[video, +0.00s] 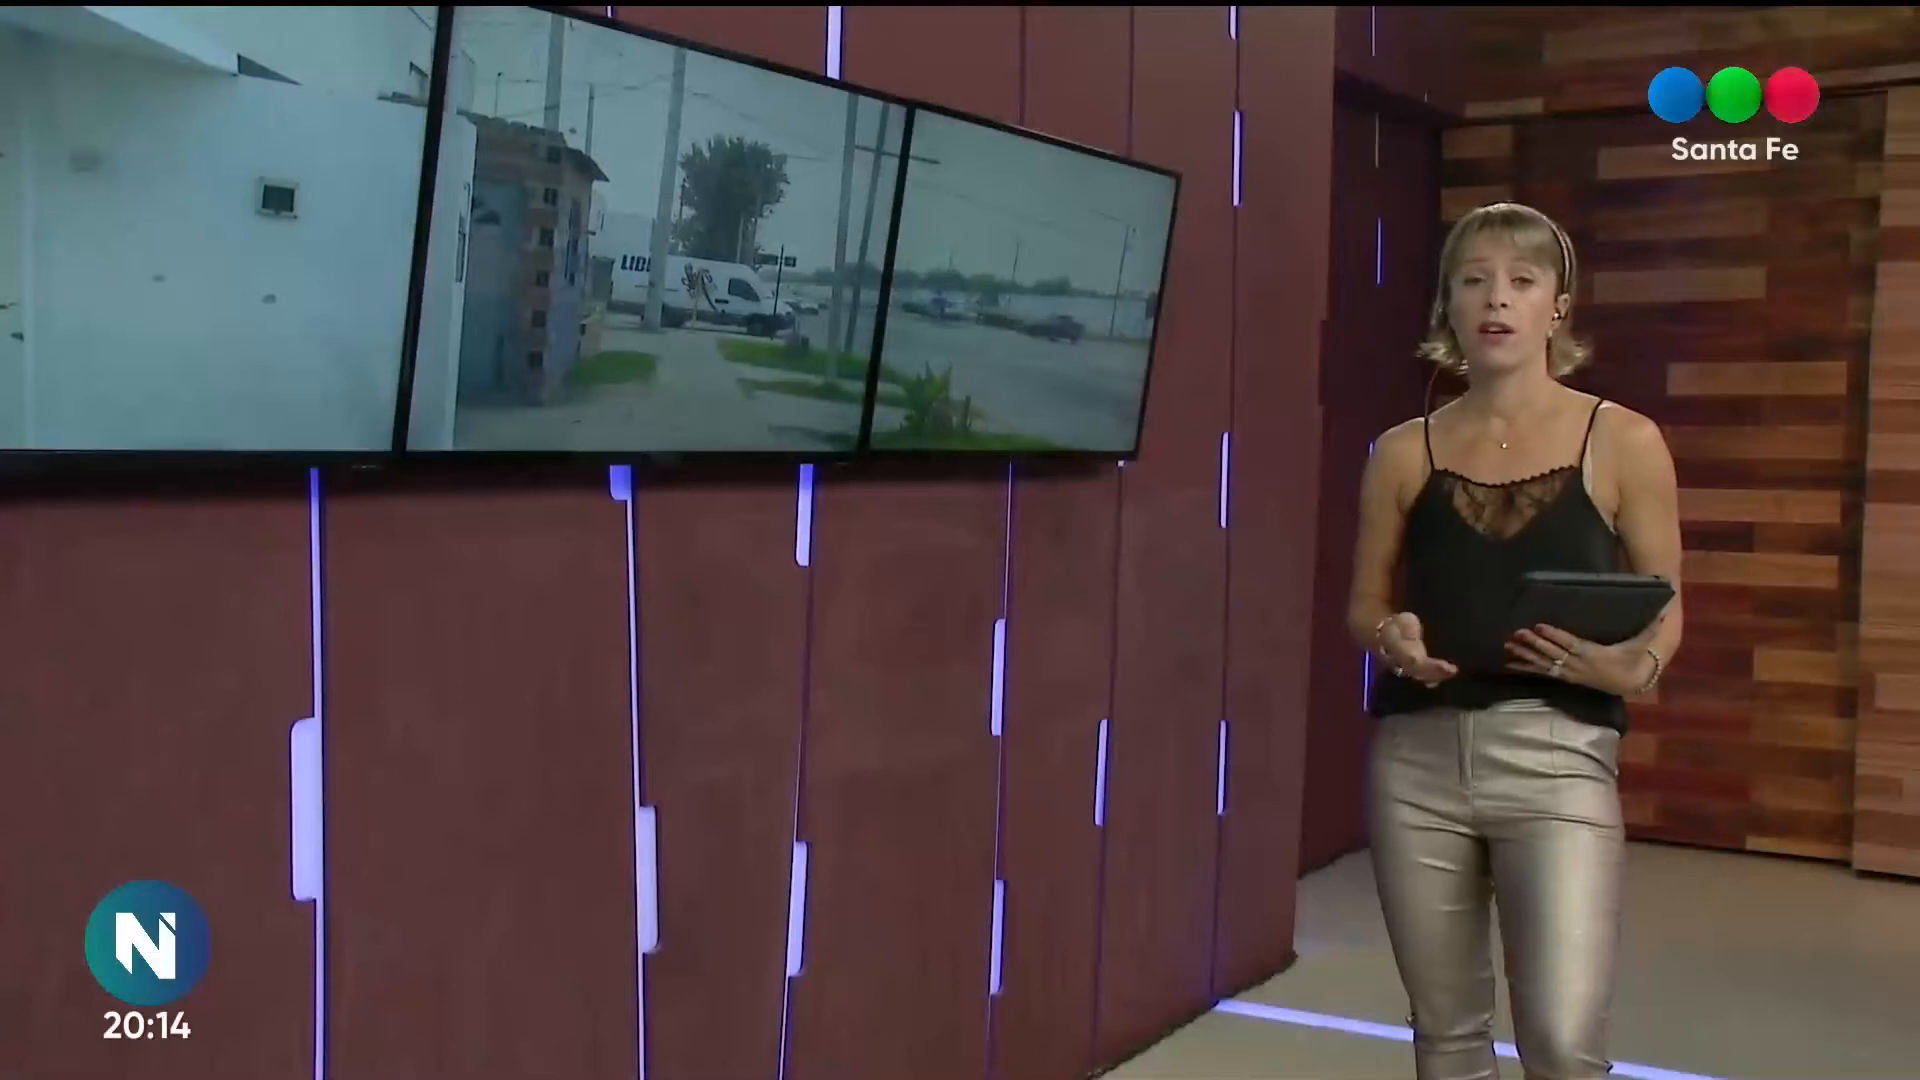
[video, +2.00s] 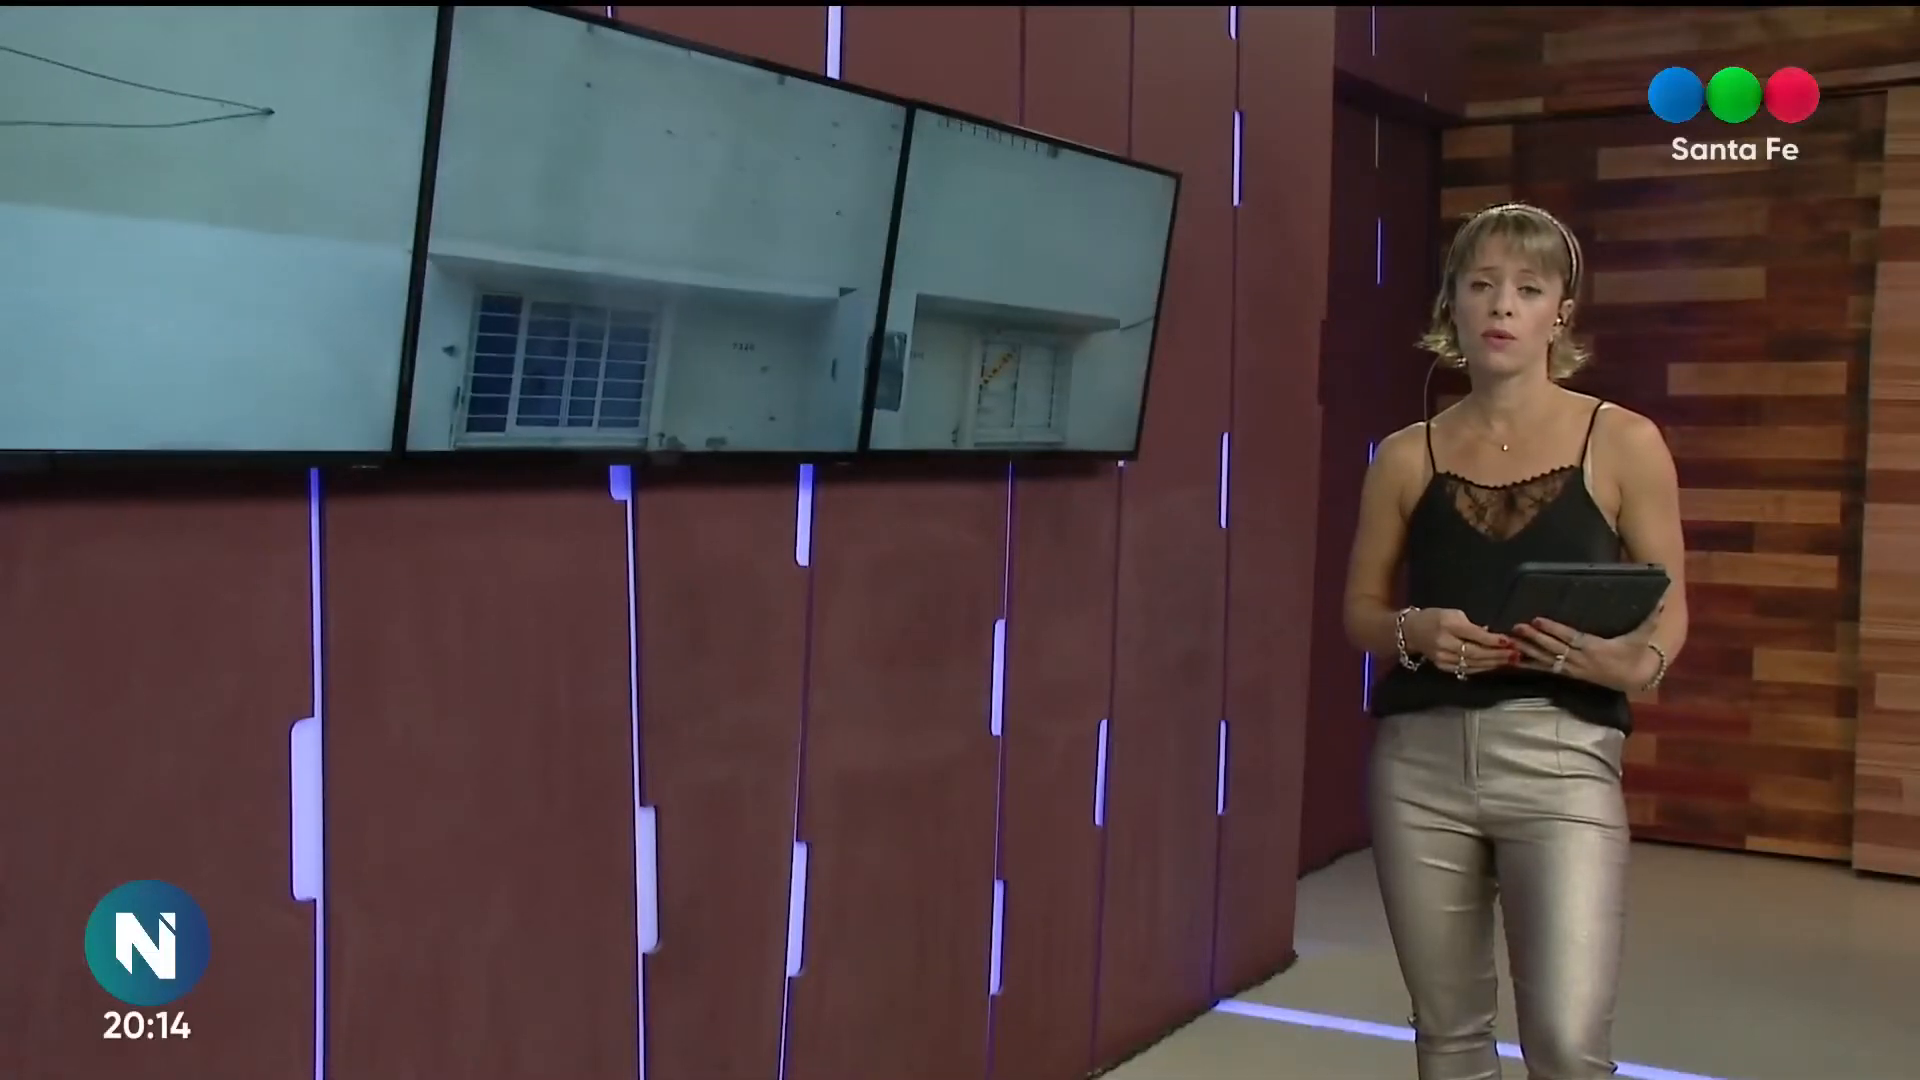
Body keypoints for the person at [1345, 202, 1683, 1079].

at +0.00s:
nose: (1495, 299)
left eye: (1520, 281)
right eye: (1474, 281)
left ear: (1557, 309)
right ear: (1448, 307)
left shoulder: (1623, 442)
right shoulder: (1403, 454)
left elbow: (1662, 608)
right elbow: (1365, 605)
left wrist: (1625, 669)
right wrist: (1389, 635)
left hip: (1555, 763)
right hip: (1416, 764)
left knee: (1561, 1045)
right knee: (1446, 1039)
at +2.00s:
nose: (1499, 304)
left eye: (1525, 288)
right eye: (1481, 284)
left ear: (1559, 313)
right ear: (1452, 306)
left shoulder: (1624, 444)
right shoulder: (1405, 459)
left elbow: (1667, 605)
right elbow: (1360, 612)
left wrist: (1631, 665)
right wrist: (1410, 632)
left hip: (1560, 766)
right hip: (1418, 768)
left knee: (1566, 1048)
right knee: (1448, 1041)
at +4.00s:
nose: (1500, 305)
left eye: (1527, 289)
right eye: (1482, 285)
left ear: (1563, 314)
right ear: (1454, 305)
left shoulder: (1626, 444)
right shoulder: (1405, 458)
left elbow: (1667, 610)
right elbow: (1359, 609)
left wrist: (1633, 663)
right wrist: (1411, 630)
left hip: (1562, 768)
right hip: (1420, 768)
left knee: (1567, 1050)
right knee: (1448, 1041)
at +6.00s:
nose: (1488, 305)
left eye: (1515, 288)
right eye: (1469, 284)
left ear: (1550, 314)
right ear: (1441, 305)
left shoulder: (1615, 443)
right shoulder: (1396, 458)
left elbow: (1658, 605)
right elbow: (1349, 612)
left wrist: (1627, 663)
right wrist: (1404, 630)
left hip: (1555, 767)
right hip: (1413, 767)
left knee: (1559, 1049)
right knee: (1444, 1041)